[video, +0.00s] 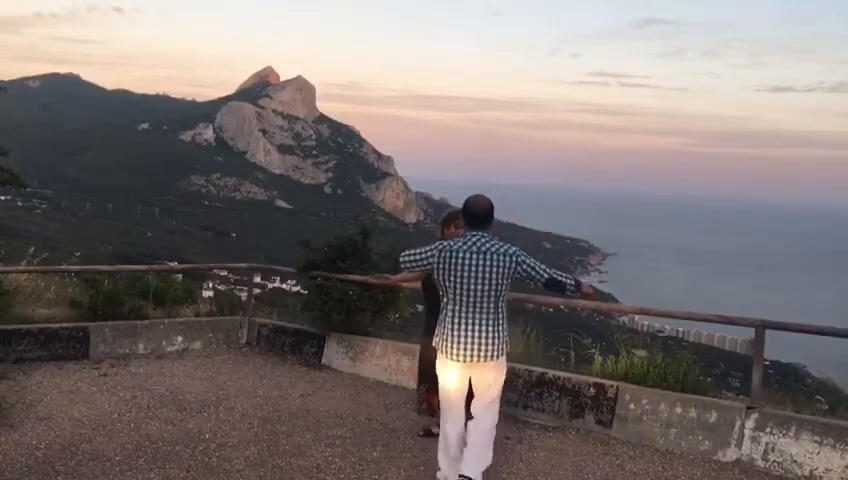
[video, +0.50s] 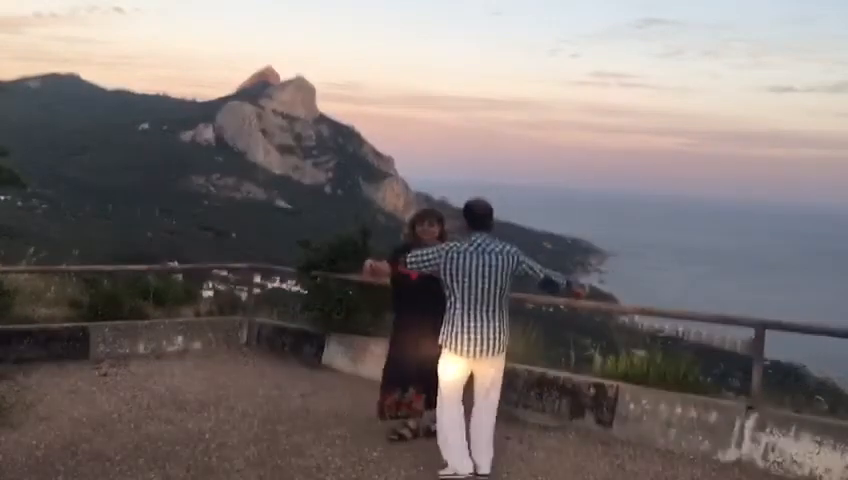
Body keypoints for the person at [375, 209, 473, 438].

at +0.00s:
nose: (459, 233)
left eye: (462, 228)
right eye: (455, 228)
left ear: (464, 229)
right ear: (444, 230)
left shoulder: (468, 256)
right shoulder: (438, 253)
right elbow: (422, 275)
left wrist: (397, 278)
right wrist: (396, 278)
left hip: (457, 325)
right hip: (435, 326)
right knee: (432, 371)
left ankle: (443, 418)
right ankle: (434, 418)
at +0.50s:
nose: (428, 229)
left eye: (432, 224)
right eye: (423, 225)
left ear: (441, 229)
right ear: (414, 228)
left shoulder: (446, 254)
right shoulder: (403, 253)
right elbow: (390, 267)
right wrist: (377, 268)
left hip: (436, 318)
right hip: (407, 317)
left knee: (431, 367)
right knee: (405, 364)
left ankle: (428, 417)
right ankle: (407, 418)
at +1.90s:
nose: (332, 223)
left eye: (338, 220)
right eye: (333, 219)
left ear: (352, 224)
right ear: (338, 224)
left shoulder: (358, 249)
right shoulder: (340, 251)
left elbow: (336, 271)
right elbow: (333, 281)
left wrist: (302, 274)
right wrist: (310, 282)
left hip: (354, 324)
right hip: (335, 323)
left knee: (351, 371)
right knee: (331, 370)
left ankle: (354, 424)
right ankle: (330, 422)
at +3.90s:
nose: (286, 225)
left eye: (287, 219)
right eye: (285, 219)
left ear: (252, 216)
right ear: (276, 220)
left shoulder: (240, 248)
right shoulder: (276, 248)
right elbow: (301, 278)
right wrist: (322, 279)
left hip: (233, 331)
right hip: (262, 336)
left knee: (242, 388)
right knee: (255, 392)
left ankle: (237, 449)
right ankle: (239, 457)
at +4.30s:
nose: (295, 231)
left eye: (295, 225)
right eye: (294, 225)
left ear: (267, 220)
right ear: (285, 225)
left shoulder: (254, 251)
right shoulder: (272, 254)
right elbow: (284, 297)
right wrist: (322, 304)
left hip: (246, 337)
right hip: (260, 342)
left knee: (261, 397)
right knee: (257, 399)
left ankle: (256, 453)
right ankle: (238, 461)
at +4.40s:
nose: (299, 233)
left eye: (301, 227)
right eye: (299, 227)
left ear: (271, 221)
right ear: (290, 226)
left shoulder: (255, 251)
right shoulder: (277, 255)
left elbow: (255, 298)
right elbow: (286, 301)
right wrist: (323, 319)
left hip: (243, 335)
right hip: (260, 342)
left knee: (252, 396)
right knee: (254, 399)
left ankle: (251, 456)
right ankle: (239, 460)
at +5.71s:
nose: (341, 241)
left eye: (343, 236)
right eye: (339, 235)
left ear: (321, 230)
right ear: (325, 230)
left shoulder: (298, 254)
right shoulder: (309, 260)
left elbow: (300, 293)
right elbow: (306, 308)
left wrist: (332, 284)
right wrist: (330, 342)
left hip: (284, 340)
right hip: (301, 344)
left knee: (286, 400)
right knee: (313, 408)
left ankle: (277, 457)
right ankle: (286, 464)